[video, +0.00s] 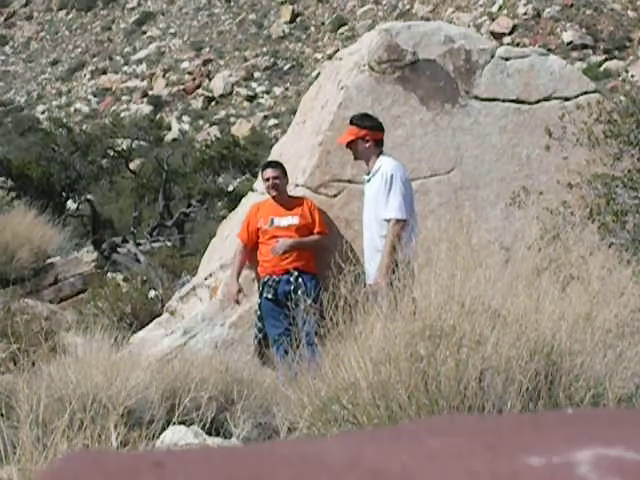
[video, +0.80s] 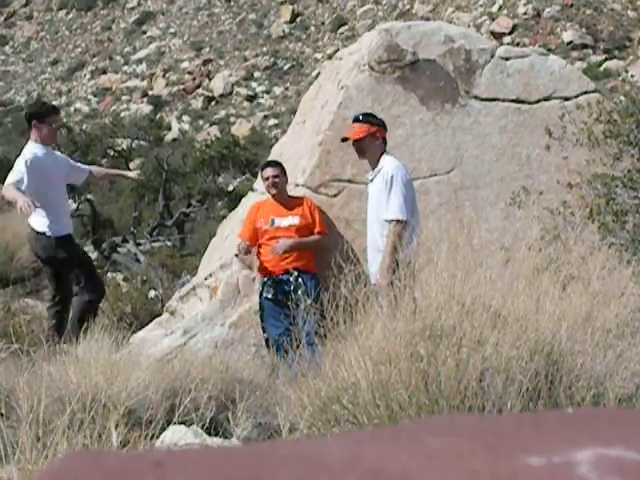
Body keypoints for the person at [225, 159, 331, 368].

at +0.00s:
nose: (272, 183)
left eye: (276, 178)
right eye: (267, 179)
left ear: (286, 179)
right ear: (263, 184)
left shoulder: (306, 205)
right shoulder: (257, 211)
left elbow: (323, 237)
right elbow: (243, 246)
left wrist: (293, 243)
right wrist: (234, 279)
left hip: (303, 276)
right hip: (271, 280)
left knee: (309, 334)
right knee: (279, 339)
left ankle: (315, 381)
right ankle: (290, 383)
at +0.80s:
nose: (272, 181)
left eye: (276, 176)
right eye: (267, 178)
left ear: (285, 178)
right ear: (263, 183)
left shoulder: (306, 205)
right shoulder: (258, 210)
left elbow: (324, 238)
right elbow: (246, 242)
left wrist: (293, 243)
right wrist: (243, 249)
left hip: (304, 278)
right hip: (272, 281)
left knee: (310, 335)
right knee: (278, 338)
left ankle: (315, 381)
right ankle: (288, 384)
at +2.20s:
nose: (272, 181)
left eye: (276, 176)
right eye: (267, 178)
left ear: (285, 178)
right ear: (263, 183)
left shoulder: (306, 205)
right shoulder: (259, 210)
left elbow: (323, 237)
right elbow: (247, 244)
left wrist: (293, 244)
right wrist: (249, 222)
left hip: (303, 276)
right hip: (272, 280)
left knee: (310, 333)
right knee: (279, 338)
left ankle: (315, 380)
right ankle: (290, 383)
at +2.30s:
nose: (273, 181)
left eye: (277, 176)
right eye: (268, 178)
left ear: (286, 178)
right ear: (263, 183)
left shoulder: (306, 205)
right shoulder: (260, 209)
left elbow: (324, 237)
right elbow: (246, 244)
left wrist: (292, 244)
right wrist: (248, 224)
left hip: (303, 277)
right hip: (273, 280)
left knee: (310, 334)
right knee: (279, 338)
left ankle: (315, 380)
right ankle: (290, 384)